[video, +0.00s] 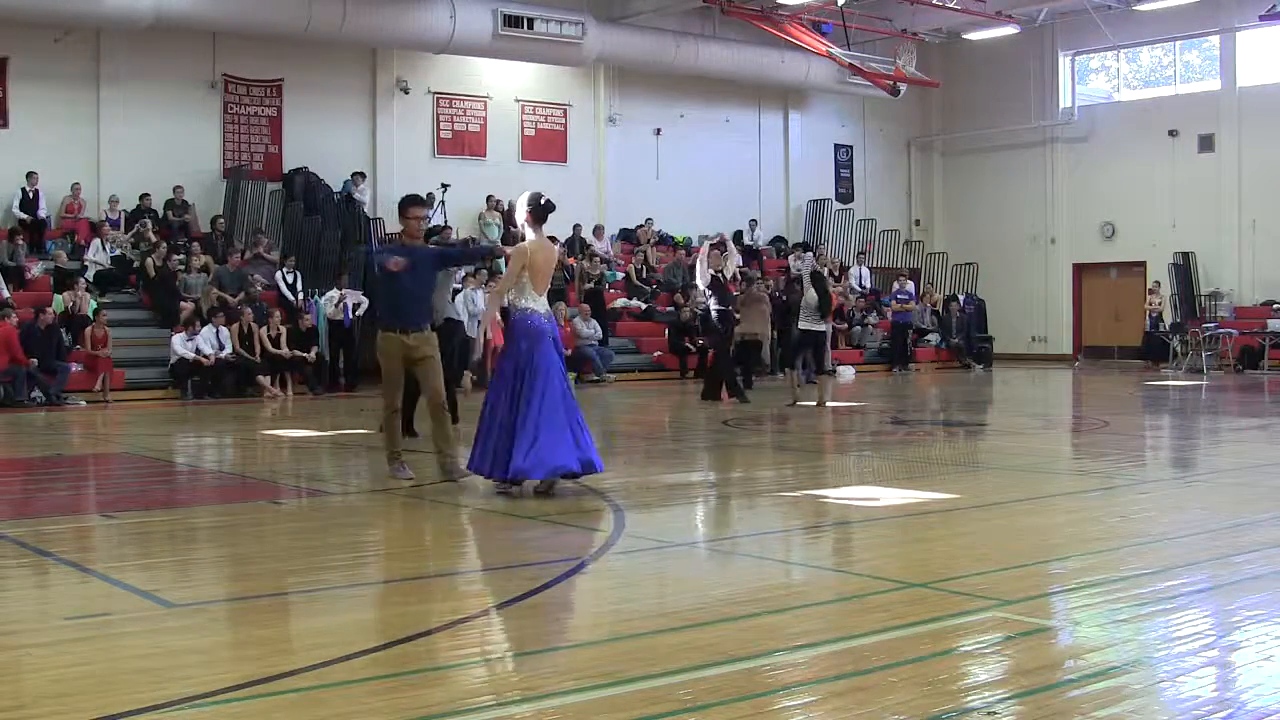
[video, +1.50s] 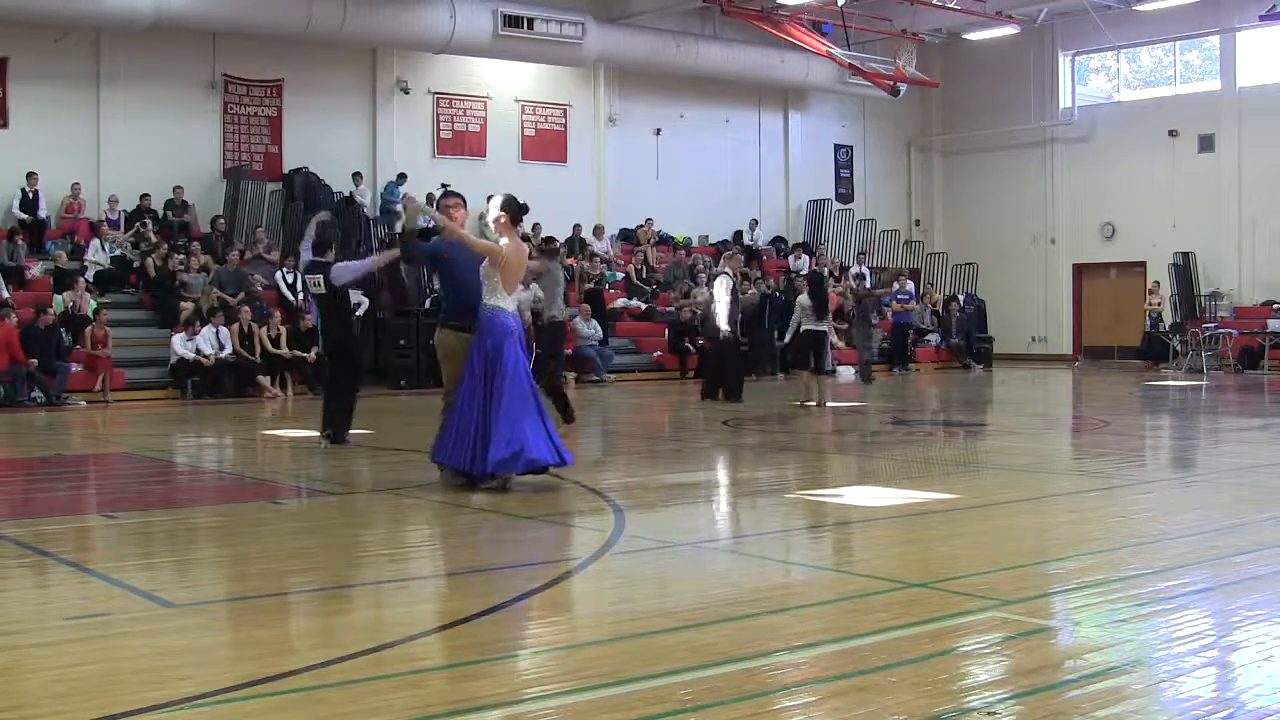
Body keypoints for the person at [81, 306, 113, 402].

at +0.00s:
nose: (105, 318)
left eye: (106, 315)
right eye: (103, 315)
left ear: (106, 317)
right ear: (96, 317)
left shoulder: (107, 331)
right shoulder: (88, 330)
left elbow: (109, 349)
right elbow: (88, 350)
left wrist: (104, 352)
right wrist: (99, 353)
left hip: (103, 355)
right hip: (92, 356)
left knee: (103, 359)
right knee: (107, 364)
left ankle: (98, 382)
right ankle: (106, 394)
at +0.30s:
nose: (106, 318)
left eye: (106, 315)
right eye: (104, 315)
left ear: (106, 317)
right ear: (97, 317)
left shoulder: (108, 331)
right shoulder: (89, 330)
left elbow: (109, 349)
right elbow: (88, 350)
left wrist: (103, 352)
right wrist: (99, 353)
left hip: (103, 355)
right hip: (92, 356)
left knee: (104, 358)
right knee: (107, 363)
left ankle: (99, 382)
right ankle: (107, 393)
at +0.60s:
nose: (106, 318)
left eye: (107, 315)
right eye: (104, 315)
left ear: (107, 317)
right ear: (97, 317)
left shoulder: (108, 331)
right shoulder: (89, 330)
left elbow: (109, 349)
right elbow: (88, 350)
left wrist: (104, 352)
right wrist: (98, 353)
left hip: (103, 355)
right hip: (92, 355)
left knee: (105, 359)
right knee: (107, 363)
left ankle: (98, 382)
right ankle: (107, 393)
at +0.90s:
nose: (106, 317)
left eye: (106, 315)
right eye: (104, 315)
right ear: (97, 316)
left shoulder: (108, 331)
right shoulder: (89, 330)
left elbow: (109, 349)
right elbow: (89, 350)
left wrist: (99, 352)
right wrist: (101, 353)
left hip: (103, 355)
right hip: (92, 356)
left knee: (105, 361)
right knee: (107, 364)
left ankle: (99, 382)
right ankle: (107, 393)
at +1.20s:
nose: (106, 317)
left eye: (106, 315)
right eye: (104, 315)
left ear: (106, 317)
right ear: (97, 316)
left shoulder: (108, 331)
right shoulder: (89, 330)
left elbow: (109, 349)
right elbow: (88, 350)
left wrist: (101, 352)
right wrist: (100, 353)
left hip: (103, 355)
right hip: (92, 356)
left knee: (105, 360)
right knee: (107, 364)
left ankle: (99, 381)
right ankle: (107, 393)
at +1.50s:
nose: (106, 317)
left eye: (106, 314)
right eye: (104, 314)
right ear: (97, 316)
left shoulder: (107, 331)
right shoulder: (89, 330)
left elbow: (109, 349)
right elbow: (88, 350)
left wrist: (103, 351)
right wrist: (99, 353)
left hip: (103, 355)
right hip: (92, 356)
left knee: (104, 361)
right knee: (106, 365)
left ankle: (99, 382)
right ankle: (107, 393)